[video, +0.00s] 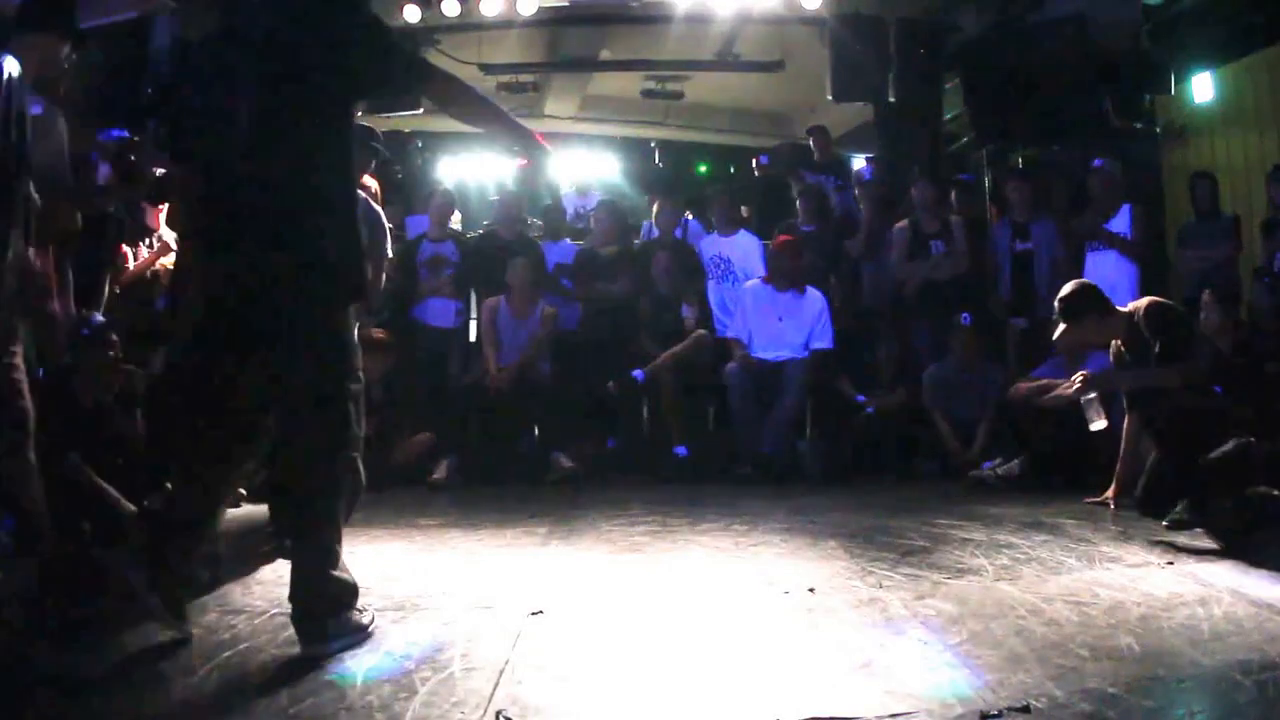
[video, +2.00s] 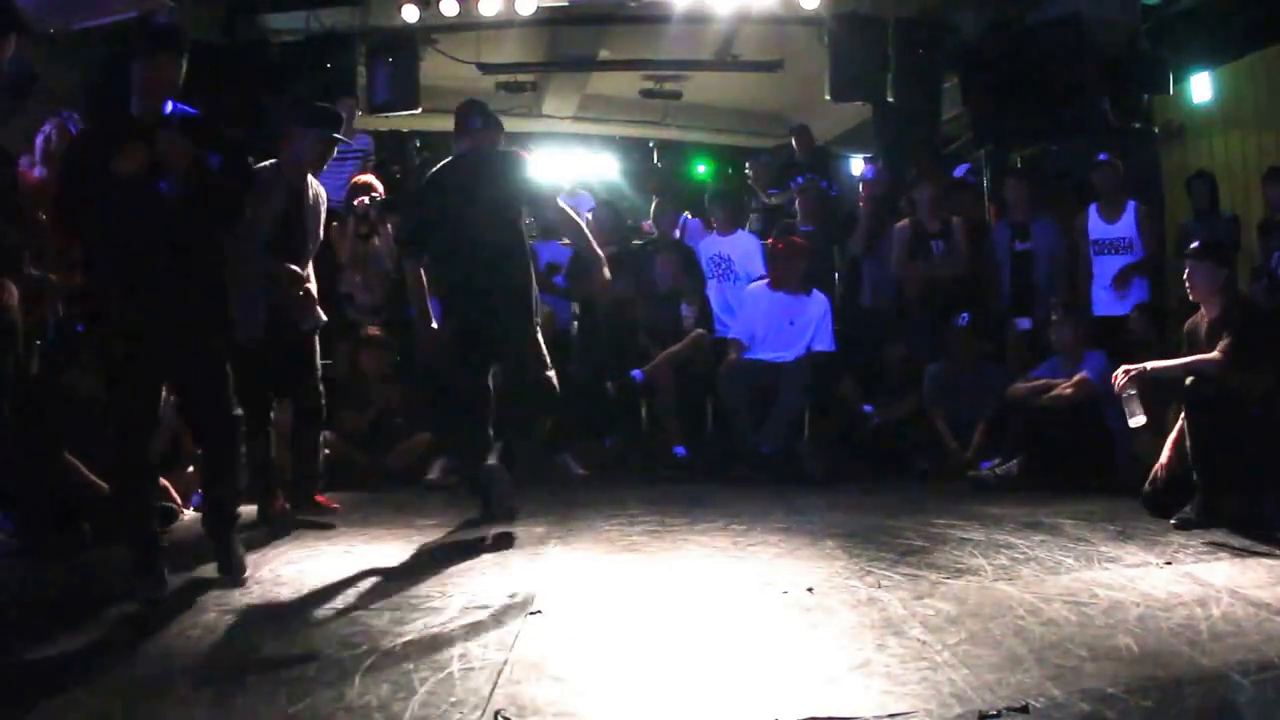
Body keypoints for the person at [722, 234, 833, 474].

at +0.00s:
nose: (790, 264)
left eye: (793, 258)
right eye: (784, 258)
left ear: (800, 261)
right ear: (771, 262)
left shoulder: (814, 299)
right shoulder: (750, 292)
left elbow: (821, 347)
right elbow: (735, 336)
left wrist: (807, 364)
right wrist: (742, 355)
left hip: (792, 360)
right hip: (758, 359)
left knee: (798, 373)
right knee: (734, 373)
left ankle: (773, 450)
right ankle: (748, 451)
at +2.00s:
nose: (781, 267)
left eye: (787, 261)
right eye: (778, 260)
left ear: (801, 265)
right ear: (771, 263)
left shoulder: (818, 302)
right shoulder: (754, 292)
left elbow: (822, 351)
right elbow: (739, 337)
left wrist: (803, 362)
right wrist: (733, 355)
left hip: (791, 364)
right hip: (755, 363)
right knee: (730, 374)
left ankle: (770, 448)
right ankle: (745, 447)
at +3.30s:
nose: (796, 269)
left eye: (800, 263)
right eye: (790, 262)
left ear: (805, 266)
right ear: (777, 264)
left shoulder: (816, 302)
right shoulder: (752, 292)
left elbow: (821, 351)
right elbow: (738, 339)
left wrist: (802, 360)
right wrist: (733, 357)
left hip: (790, 364)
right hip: (754, 363)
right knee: (730, 374)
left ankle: (778, 449)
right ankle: (747, 447)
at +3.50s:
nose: (794, 269)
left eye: (799, 263)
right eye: (788, 262)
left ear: (805, 266)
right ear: (776, 264)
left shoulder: (816, 301)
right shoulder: (753, 292)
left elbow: (821, 352)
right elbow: (740, 339)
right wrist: (733, 356)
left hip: (792, 361)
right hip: (756, 360)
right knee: (732, 376)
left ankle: (775, 450)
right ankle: (745, 448)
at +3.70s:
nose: (793, 268)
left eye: (796, 262)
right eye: (789, 260)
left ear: (802, 265)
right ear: (773, 262)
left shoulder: (805, 294)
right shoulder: (752, 292)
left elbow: (812, 339)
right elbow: (740, 338)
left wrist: (797, 305)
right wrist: (734, 355)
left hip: (791, 361)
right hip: (757, 360)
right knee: (731, 376)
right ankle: (744, 444)